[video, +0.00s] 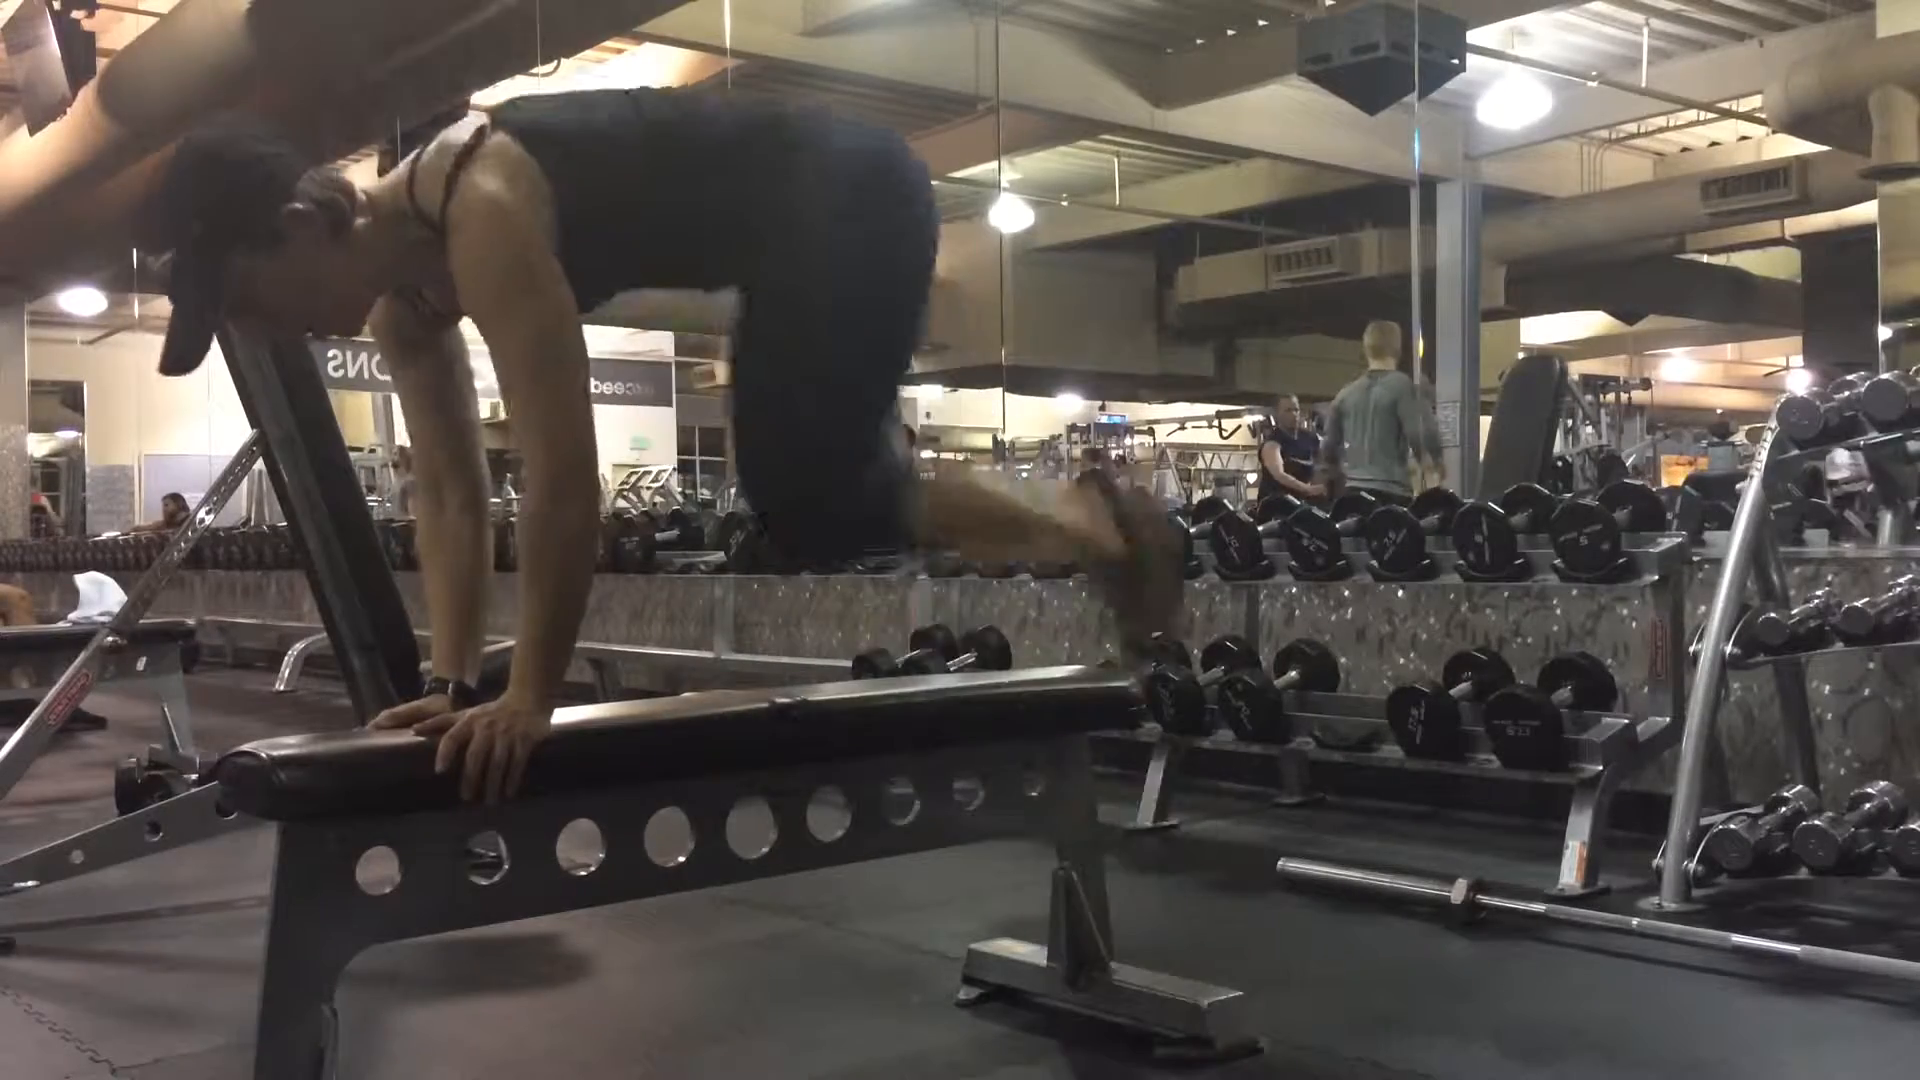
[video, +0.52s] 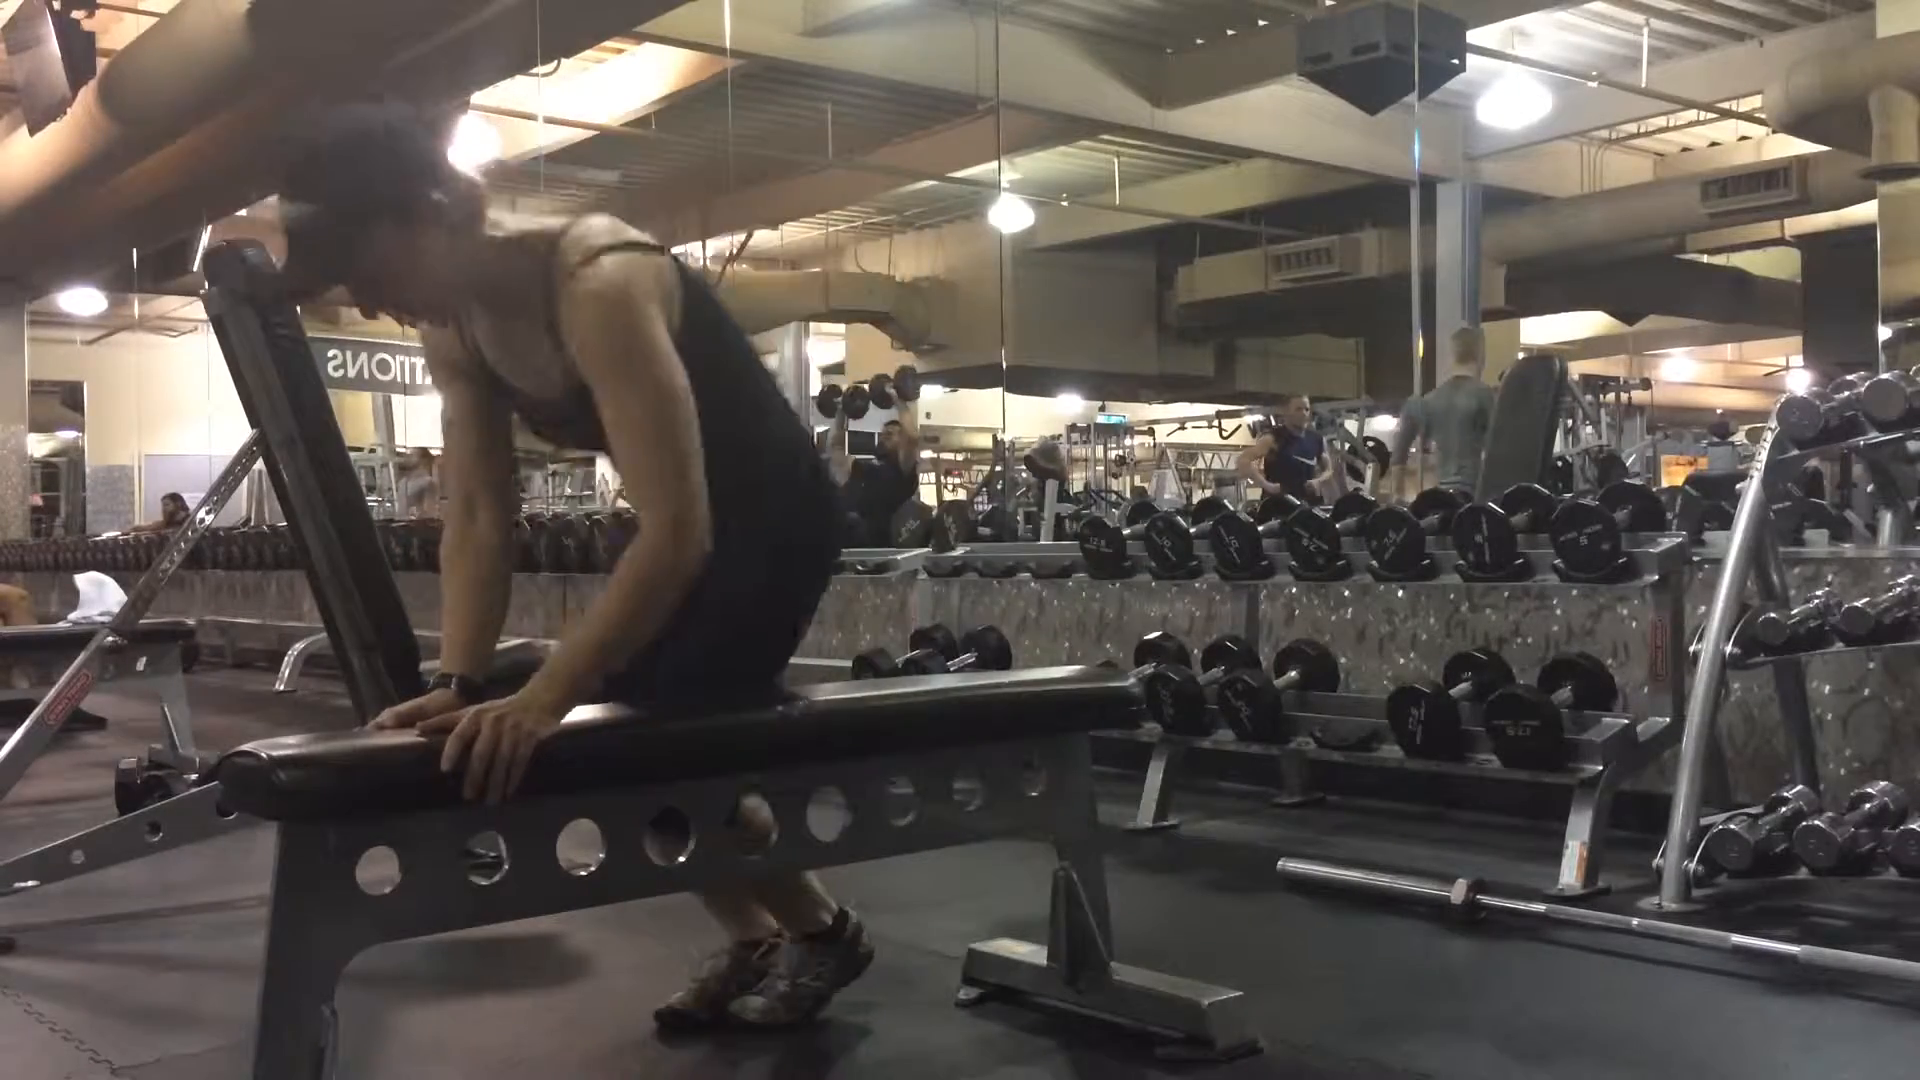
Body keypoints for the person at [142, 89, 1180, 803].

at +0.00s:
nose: (281, 331)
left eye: (261, 304)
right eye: (255, 321)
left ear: (296, 225)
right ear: (294, 229)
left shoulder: (488, 213)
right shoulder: (397, 289)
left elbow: (566, 484)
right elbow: (445, 482)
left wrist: (529, 695)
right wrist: (449, 675)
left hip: (849, 192)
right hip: (785, 230)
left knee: (822, 503)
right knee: (805, 509)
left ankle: (1107, 537)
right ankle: (1097, 531)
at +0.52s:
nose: (370, 308)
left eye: (370, 273)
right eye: (353, 288)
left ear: (440, 213)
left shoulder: (605, 285)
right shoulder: (457, 322)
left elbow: (677, 531)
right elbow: (476, 506)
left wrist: (540, 701)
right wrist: (457, 681)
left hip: (774, 522)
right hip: (680, 525)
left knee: (673, 738)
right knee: (627, 744)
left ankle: (821, 930)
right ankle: (756, 940)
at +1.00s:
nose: (312, 313)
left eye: (292, 287)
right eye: (287, 302)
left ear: (333, 203)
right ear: (318, 220)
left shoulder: (513, 204)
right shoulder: (423, 260)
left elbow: (566, 475)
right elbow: (458, 471)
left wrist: (530, 691)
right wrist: (453, 674)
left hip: (872, 240)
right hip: (788, 288)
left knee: (853, 549)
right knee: (790, 571)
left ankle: (1126, 686)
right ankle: (1067, 658)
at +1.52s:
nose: (283, 327)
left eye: (267, 297)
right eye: (260, 315)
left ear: (322, 217)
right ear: (315, 227)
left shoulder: (495, 212)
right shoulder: (405, 291)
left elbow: (560, 481)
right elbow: (446, 487)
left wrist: (527, 701)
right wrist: (449, 679)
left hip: (846, 194)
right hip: (776, 230)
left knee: (787, 502)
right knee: (764, 511)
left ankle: (1054, 462)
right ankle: (1037, 461)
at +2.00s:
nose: (303, 307)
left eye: (292, 275)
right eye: (279, 296)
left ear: (335, 205)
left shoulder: (529, 240)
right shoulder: (383, 315)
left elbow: (622, 491)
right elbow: (432, 497)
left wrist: (532, 700)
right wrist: (446, 682)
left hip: (754, 432)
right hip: (652, 452)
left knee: (727, 689)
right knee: (686, 692)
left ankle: (788, 905)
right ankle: (724, 908)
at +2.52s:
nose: (248, 326)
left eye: (232, 294)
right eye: (226, 313)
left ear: (289, 215)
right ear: (280, 226)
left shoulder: (460, 210)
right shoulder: (402, 266)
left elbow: (552, 473)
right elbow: (451, 481)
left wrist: (528, 694)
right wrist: (450, 675)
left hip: (853, 228)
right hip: (791, 269)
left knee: (887, 557)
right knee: (849, 563)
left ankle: (1145, 741)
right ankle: (1087, 708)